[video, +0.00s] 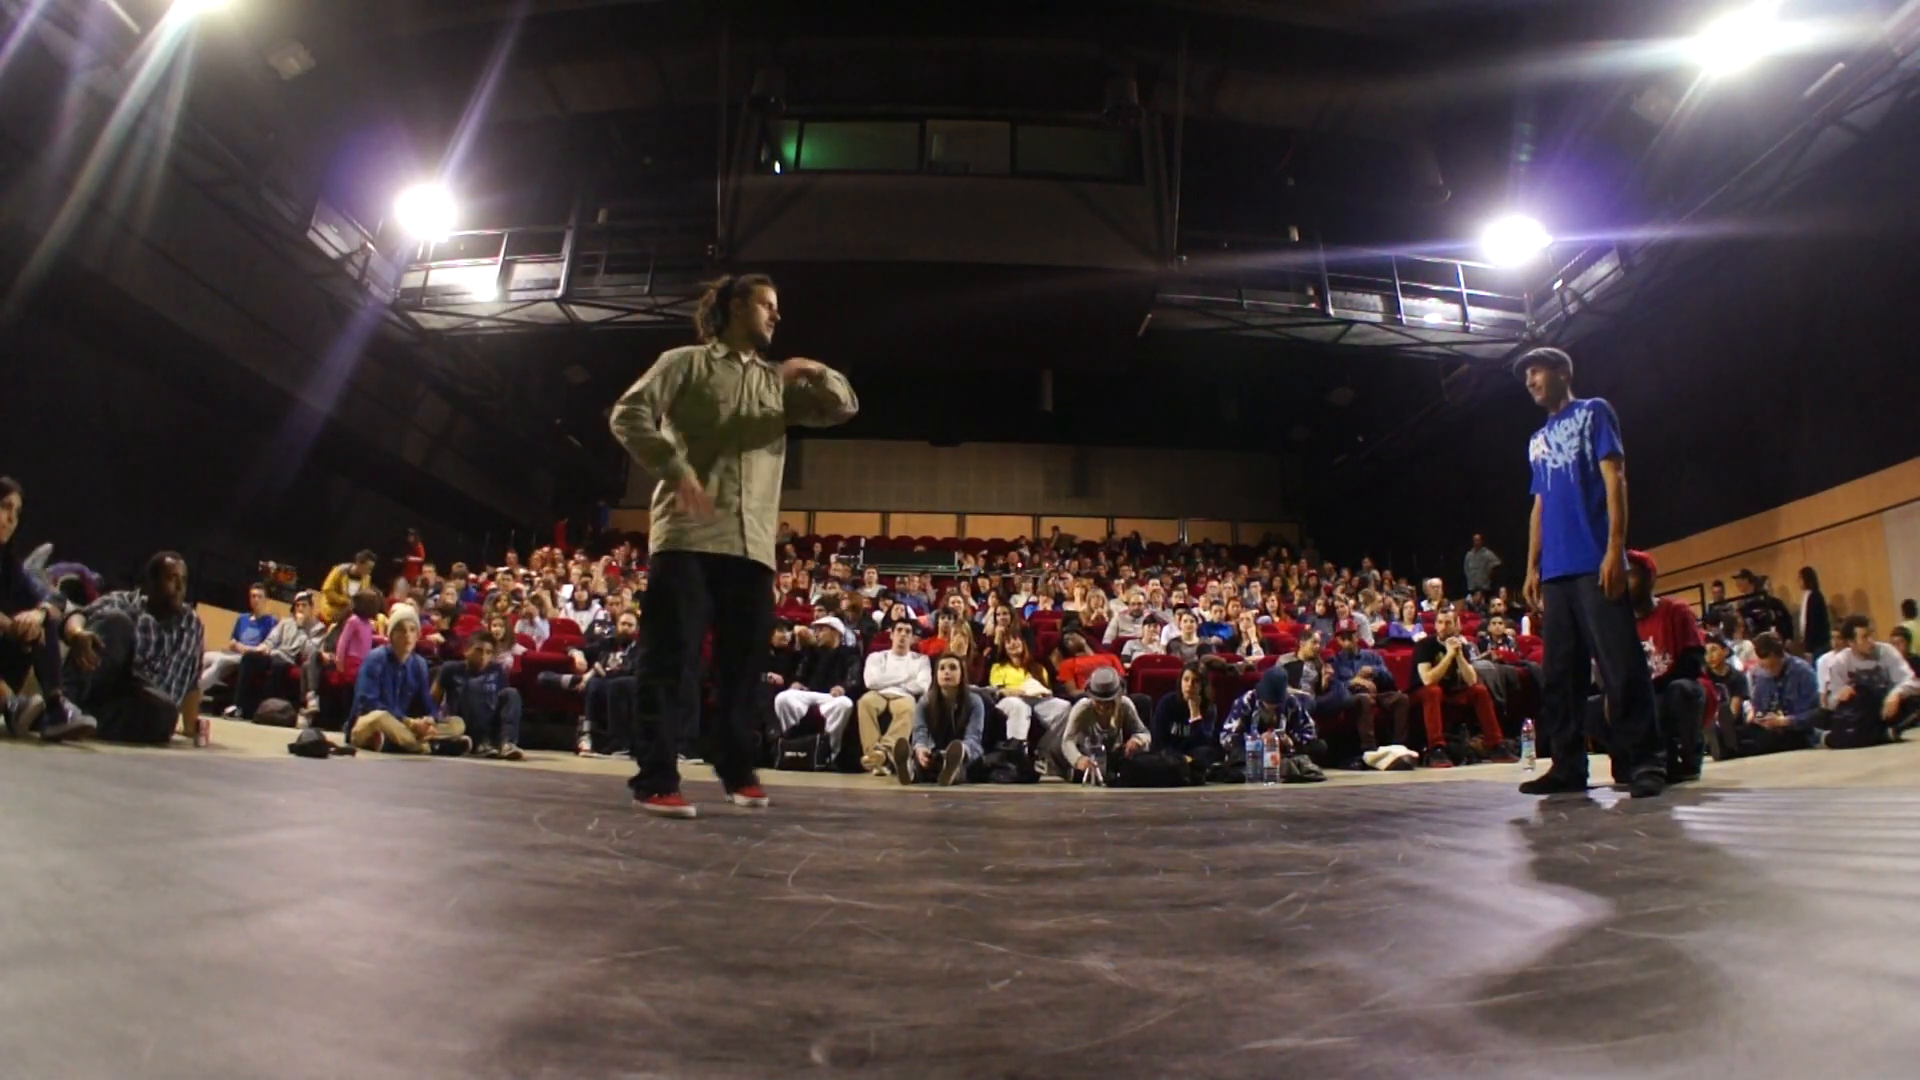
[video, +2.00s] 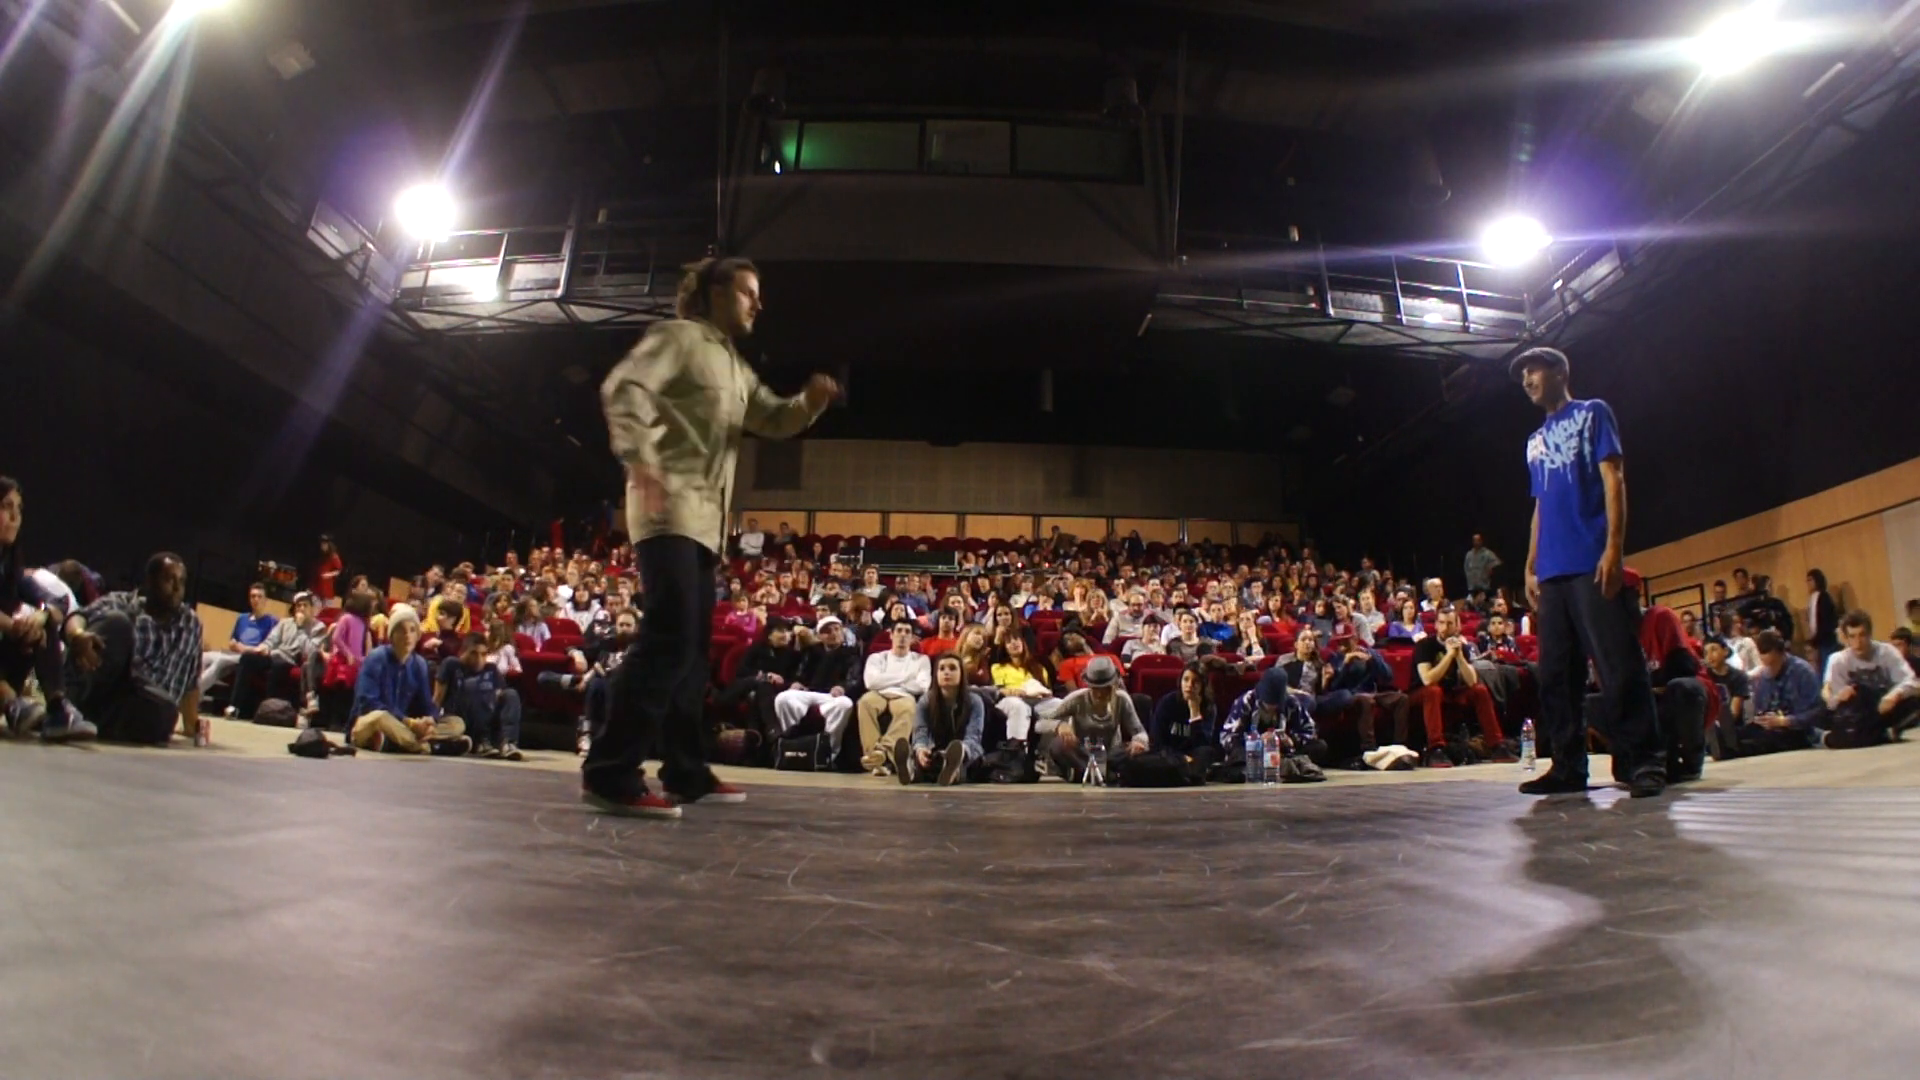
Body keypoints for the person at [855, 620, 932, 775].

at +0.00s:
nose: (903, 635)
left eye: (907, 632)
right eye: (899, 630)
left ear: (912, 638)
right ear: (891, 634)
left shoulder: (921, 659)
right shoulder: (875, 657)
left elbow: (921, 686)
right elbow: (871, 682)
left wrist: (887, 683)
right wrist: (905, 677)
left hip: (904, 694)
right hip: (879, 692)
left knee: (907, 710)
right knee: (865, 703)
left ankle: (884, 750)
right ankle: (875, 760)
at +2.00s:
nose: (903, 635)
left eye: (907, 632)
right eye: (899, 631)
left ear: (912, 638)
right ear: (891, 634)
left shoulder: (921, 659)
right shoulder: (876, 658)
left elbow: (922, 686)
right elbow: (871, 682)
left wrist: (887, 683)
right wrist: (905, 678)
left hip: (904, 694)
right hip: (879, 692)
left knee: (907, 710)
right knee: (865, 703)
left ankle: (884, 750)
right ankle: (876, 761)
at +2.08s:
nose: (903, 635)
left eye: (907, 632)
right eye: (899, 631)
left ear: (912, 638)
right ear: (891, 634)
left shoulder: (921, 659)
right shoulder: (876, 658)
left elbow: (922, 686)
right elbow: (871, 682)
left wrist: (887, 683)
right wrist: (905, 678)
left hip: (904, 694)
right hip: (879, 692)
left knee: (907, 710)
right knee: (865, 703)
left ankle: (884, 750)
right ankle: (875, 761)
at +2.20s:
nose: (903, 635)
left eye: (907, 632)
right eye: (899, 631)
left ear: (912, 638)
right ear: (891, 634)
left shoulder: (921, 659)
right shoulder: (876, 658)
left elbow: (921, 686)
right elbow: (871, 682)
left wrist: (886, 683)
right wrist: (905, 678)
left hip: (904, 694)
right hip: (879, 692)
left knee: (907, 710)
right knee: (865, 703)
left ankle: (883, 750)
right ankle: (876, 762)